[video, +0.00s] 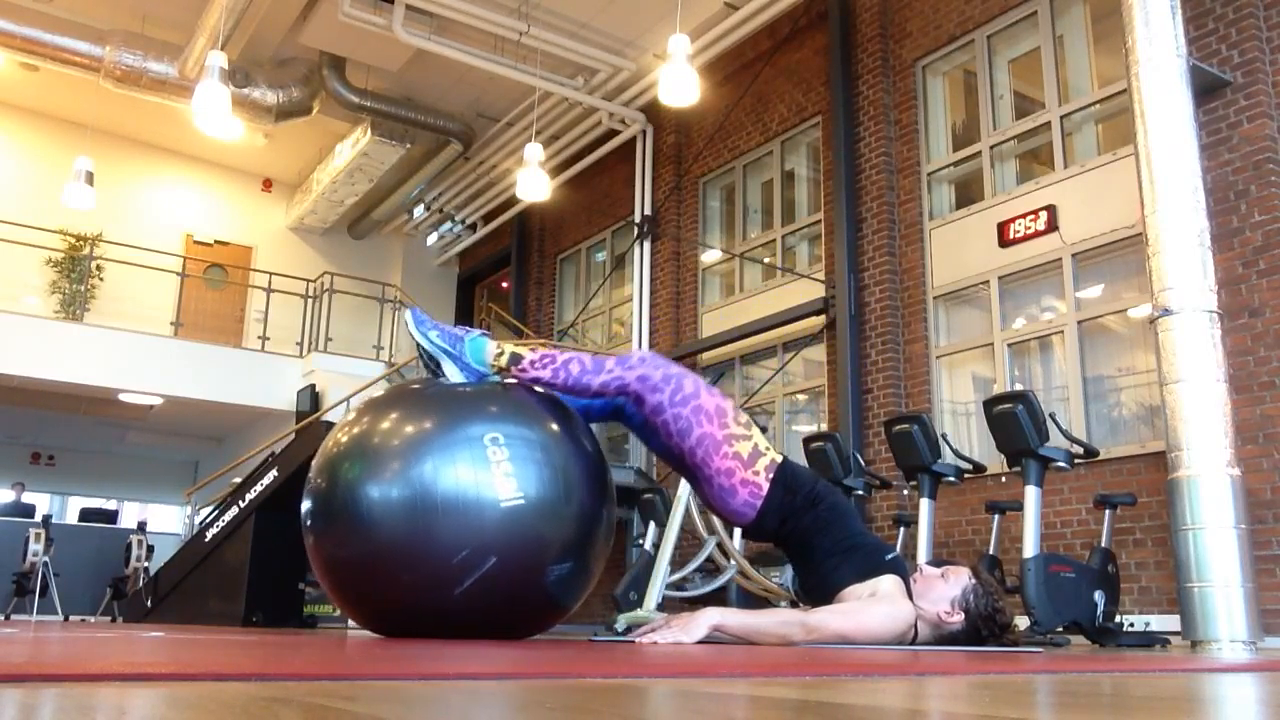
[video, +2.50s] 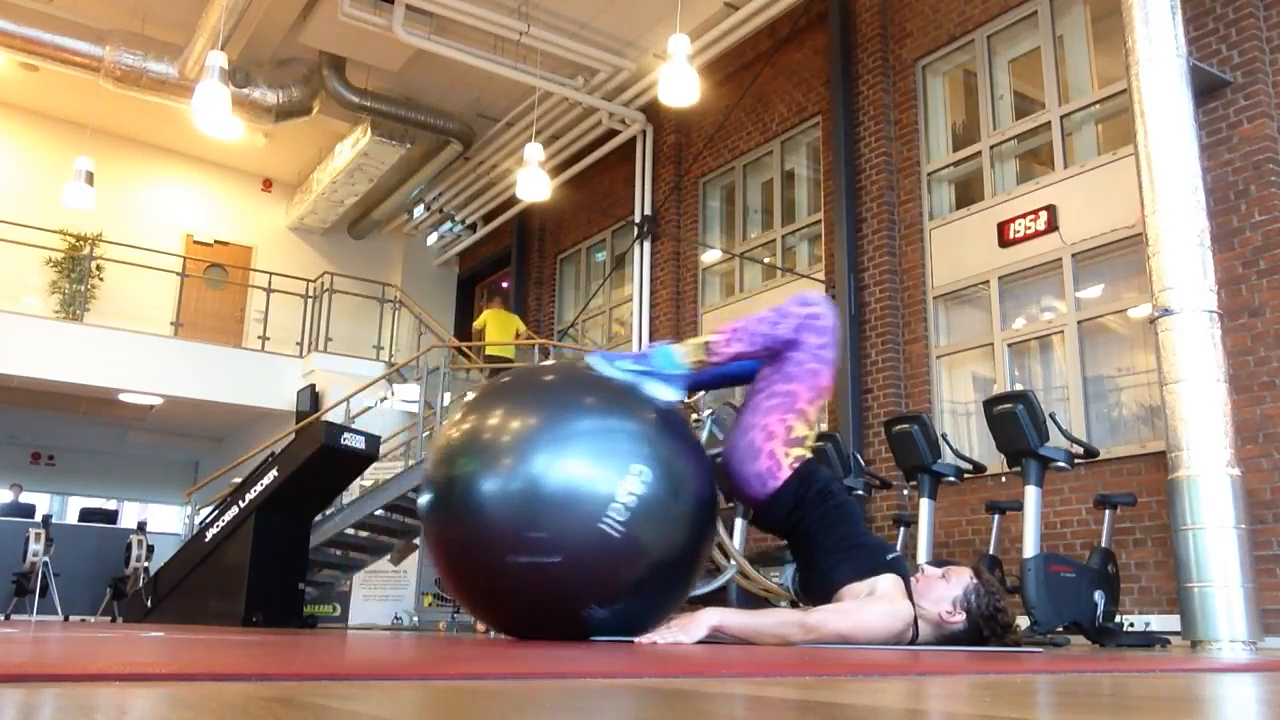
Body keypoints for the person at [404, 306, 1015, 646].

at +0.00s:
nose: (936, 569)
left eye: (949, 581)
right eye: (949, 569)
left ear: (946, 616)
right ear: (942, 595)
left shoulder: (895, 609)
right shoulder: (891, 592)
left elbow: (804, 627)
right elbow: (802, 622)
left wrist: (709, 619)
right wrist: (713, 621)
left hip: (756, 488)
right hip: (766, 475)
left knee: (644, 372)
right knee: (650, 372)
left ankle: (487, 358)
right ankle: (512, 379)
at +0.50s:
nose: (935, 566)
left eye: (947, 576)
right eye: (948, 569)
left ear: (948, 613)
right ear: (946, 614)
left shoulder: (893, 611)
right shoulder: (904, 606)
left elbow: (806, 626)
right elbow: (808, 625)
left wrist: (714, 619)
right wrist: (718, 624)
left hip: (778, 468)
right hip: (800, 466)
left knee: (805, 301)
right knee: (805, 315)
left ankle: (668, 363)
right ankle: (676, 372)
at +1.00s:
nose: (933, 569)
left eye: (945, 578)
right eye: (946, 570)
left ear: (949, 613)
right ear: (949, 612)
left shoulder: (891, 616)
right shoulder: (911, 607)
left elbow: (798, 629)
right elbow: (805, 624)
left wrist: (713, 621)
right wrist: (717, 618)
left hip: (782, 461)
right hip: (810, 464)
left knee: (827, 304)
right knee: (826, 317)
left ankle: (696, 365)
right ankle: (700, 372)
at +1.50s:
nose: (938, 569)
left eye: (949, 581)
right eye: (951, 571)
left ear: (945, 616)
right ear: (945, 606)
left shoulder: (891, 610)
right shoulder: (893, 594)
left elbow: (804, 627)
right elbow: (804, 621)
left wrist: (709, 619)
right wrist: (716, 621)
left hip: (753, 480)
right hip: (771, 468)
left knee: (667, 342)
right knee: (673, 345)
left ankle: (520, 362)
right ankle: (537, 365)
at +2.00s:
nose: (936, 571)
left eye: (949, 583)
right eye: (949, 570)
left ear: (946, 618)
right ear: (942, 592)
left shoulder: (893, 609)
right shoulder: (890, 590)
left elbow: (803, 626)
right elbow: (801, 622)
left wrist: (711, 618)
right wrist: (716, 622)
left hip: (752, 491)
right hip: (760, 478)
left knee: (636, 383)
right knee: (638, 380)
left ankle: (484, 363)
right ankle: (498, 368)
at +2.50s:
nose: (934, 565)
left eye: (947, 575)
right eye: (948, 566)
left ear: (948, 613)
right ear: (945, 614)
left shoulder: (891, 611)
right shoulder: (906, 612)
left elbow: (803, 627)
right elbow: (807, 625)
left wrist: (712, 618)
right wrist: (717, 623)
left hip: (765, 471)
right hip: (784, 483)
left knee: (814, 311)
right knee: (812, 326)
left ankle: (674, 368)